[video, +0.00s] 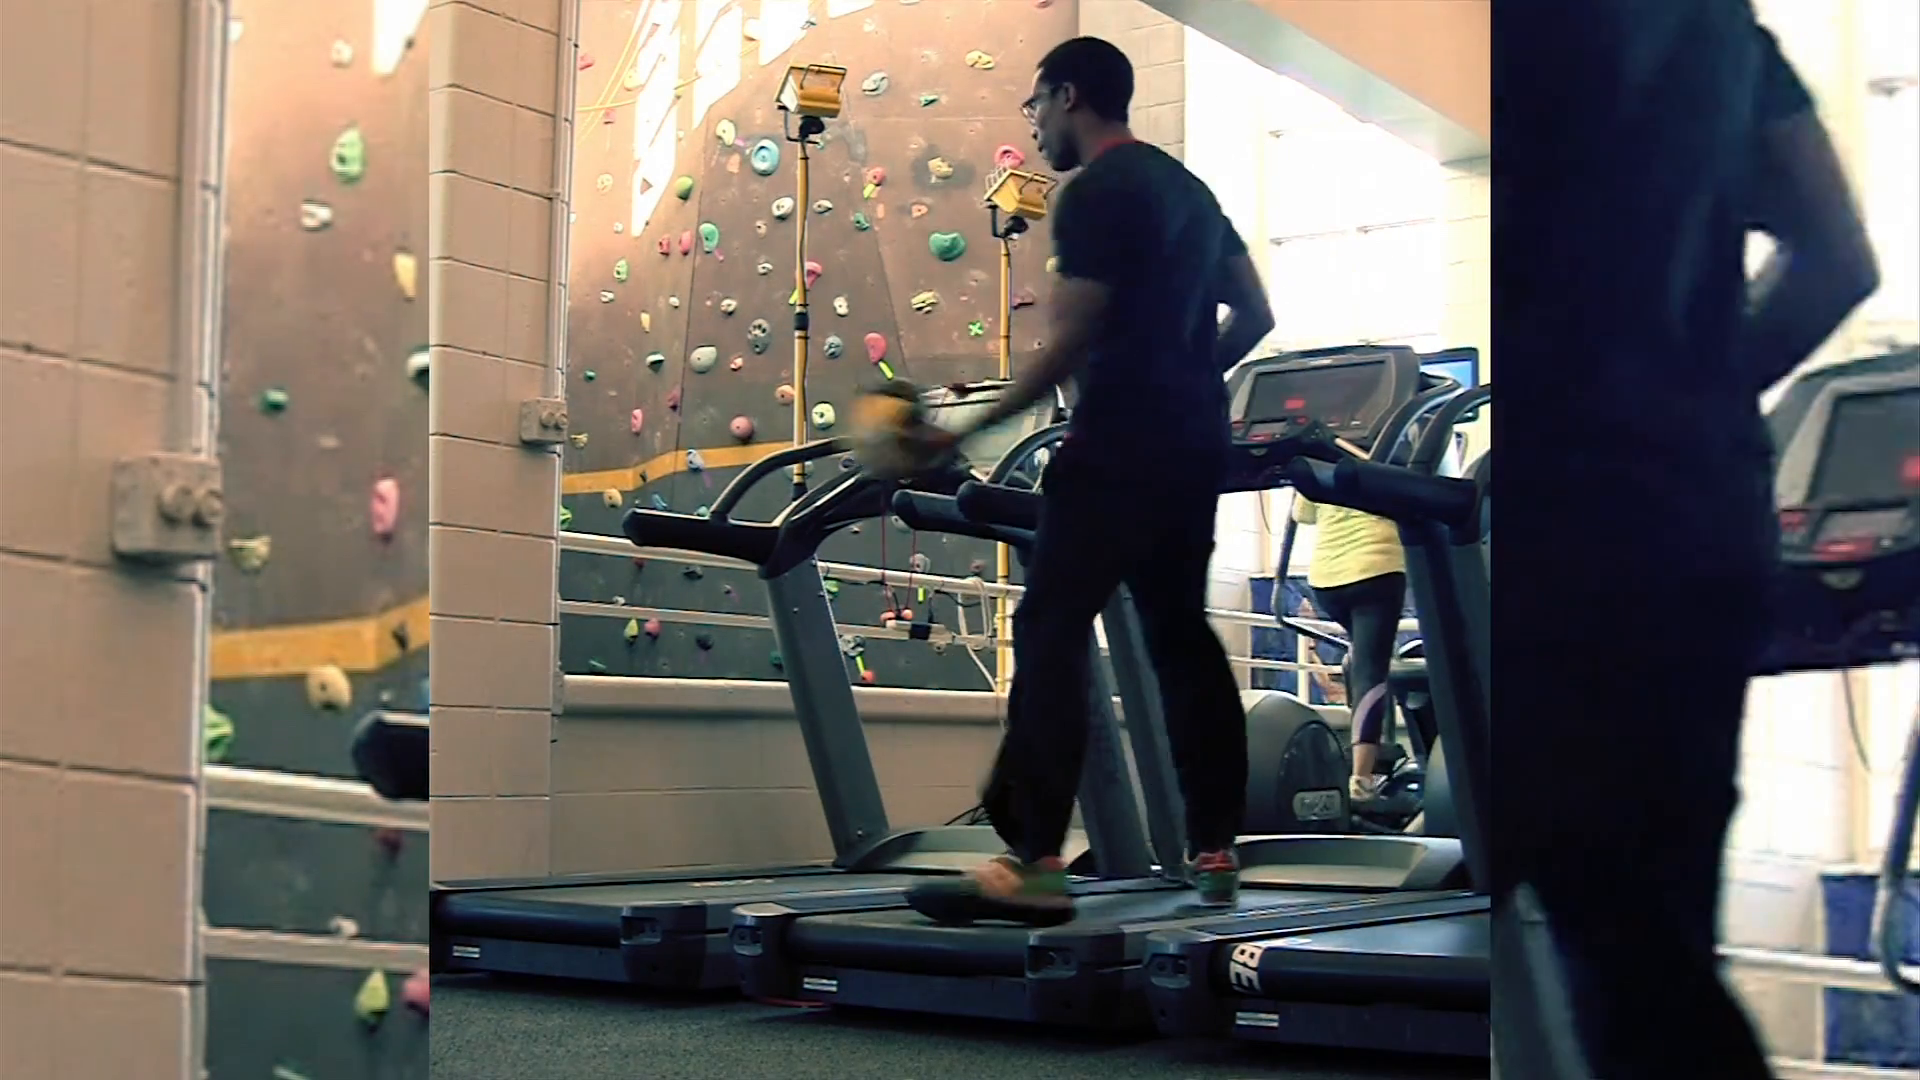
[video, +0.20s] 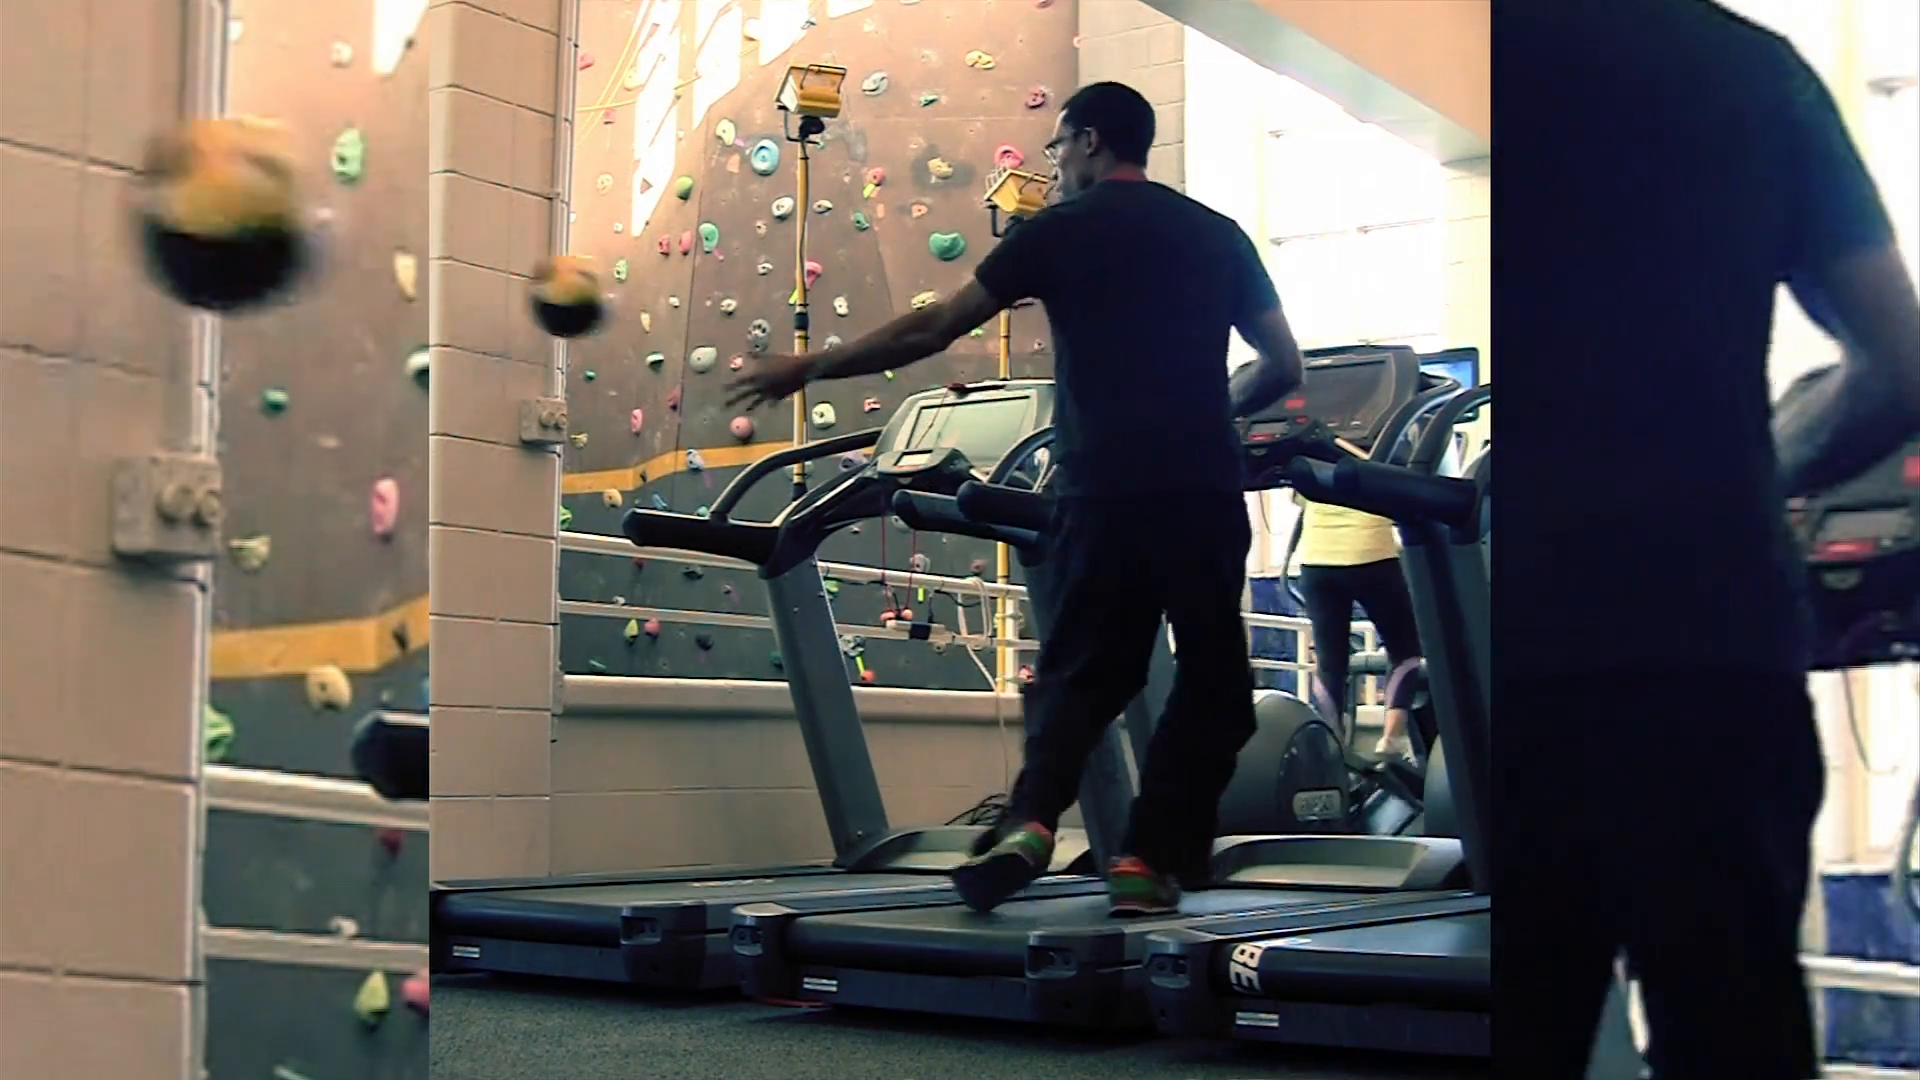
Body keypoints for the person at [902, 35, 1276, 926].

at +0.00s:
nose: (1032, 128)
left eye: (1037, 109)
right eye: (1031, 112)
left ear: (1073, 100)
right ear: (1117, 103)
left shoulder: (1094, 190)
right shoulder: (1190, 191)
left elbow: (1065, 342)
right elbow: (1252, 316)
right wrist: (1181, 371)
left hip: (1111, 448)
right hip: (1193, 447)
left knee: (1048, 628)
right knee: (1182, 631)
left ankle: (1034, 859)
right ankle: (1214, 845)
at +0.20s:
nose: (1052, 162)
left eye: (1060, 146)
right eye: (1054, 147)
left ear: (1092, 143)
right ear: (1142, 151)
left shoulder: (1057, 229)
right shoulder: (1219, 234)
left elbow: (935, 325)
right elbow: (1283, 361)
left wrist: (807, 366)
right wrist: (1214, 413)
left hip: (1106, 487)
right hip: (1206, 488)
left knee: (1081, 668)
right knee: (1215, 685)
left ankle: (1031, 822)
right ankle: (1152, 863)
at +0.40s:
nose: (1051, 158)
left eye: (1058, 141)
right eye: (1052, 142)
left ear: (1095, 139)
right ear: (1137, 142)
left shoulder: (1069, 225)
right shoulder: (1217, 229)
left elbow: (1012, 354)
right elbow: (1237, 375)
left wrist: (910, 371)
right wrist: (1160, 374)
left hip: (1097, 460)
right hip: (1190, 464)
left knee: (1112, 653)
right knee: (1145, 658)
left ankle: (1158, 840)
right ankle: (1059, 843)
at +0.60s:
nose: (1051, 166)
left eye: (1063, 148)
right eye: (1050, 150)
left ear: (1115, 144)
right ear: (1125, 151)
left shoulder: (1105, 233)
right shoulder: (1190, 235)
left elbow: (1088, 378)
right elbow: (1172, 381)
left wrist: (964, 394)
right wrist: (1049, 387)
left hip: (1120, 484)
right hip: (1193, 479)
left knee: (1102, 673)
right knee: (1176, 659)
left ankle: (1176, 857)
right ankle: (1212, 742)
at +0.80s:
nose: (1065, 104)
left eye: (1081, 88)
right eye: (1058, 90)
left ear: (1123, 87)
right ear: (1056, 94)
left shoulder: (1161, 156)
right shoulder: (1084, 180)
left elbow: (1240, 256)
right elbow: (1097, 294)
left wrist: (1146, 287)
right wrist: (1051, 289)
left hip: (1150, 416)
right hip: (1105, 421)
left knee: (1091, 609)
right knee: (1120, 621)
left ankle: (1096, 820)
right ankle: (1249, 796)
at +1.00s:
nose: (1104, 116)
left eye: (1119, 103)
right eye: (1089, 101)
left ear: (1137, 105)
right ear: (1062, 100)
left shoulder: (1176, 177)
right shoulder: (1029, 206)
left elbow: (1293, 227)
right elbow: (1050, 301)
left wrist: (1322, 317)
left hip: (1159, 416)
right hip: (1072, 434)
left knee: (1147, 598)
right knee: (1098, 647)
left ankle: (1296, 760)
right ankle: (1155, 837)